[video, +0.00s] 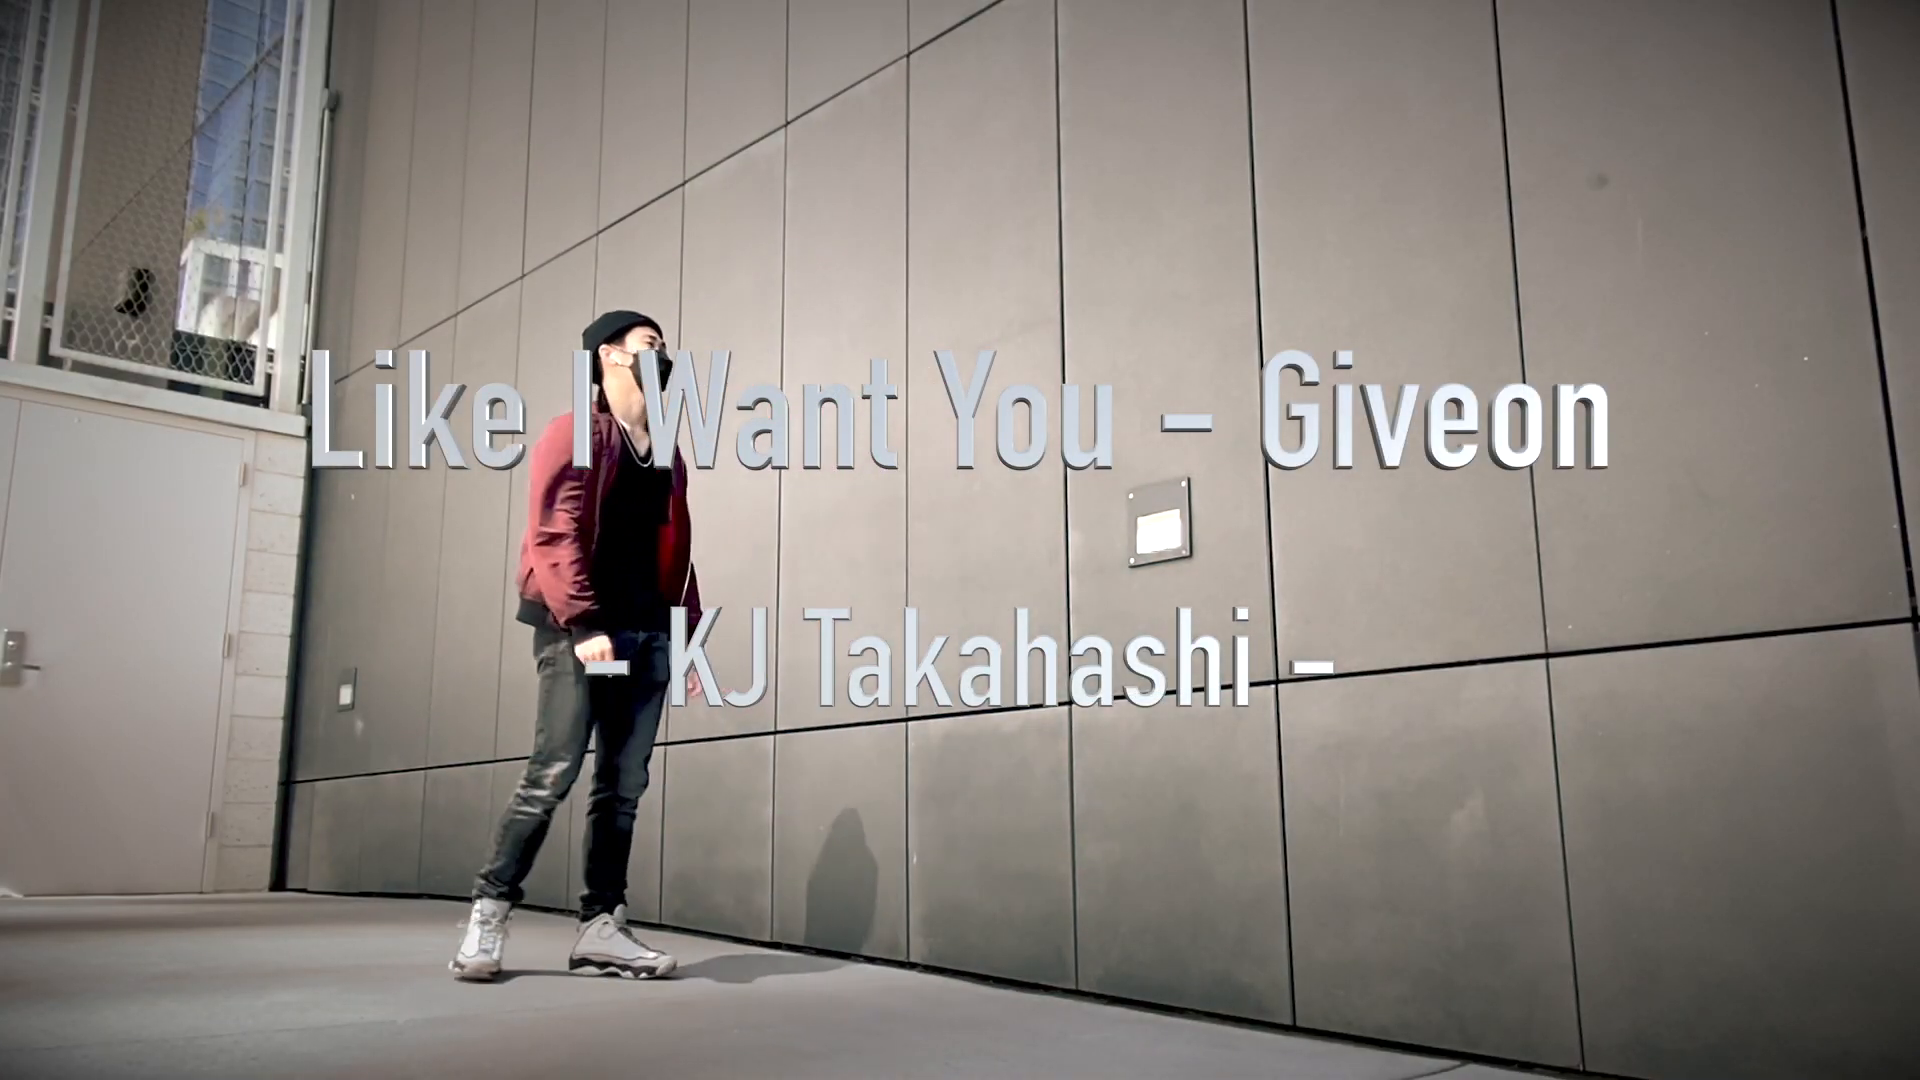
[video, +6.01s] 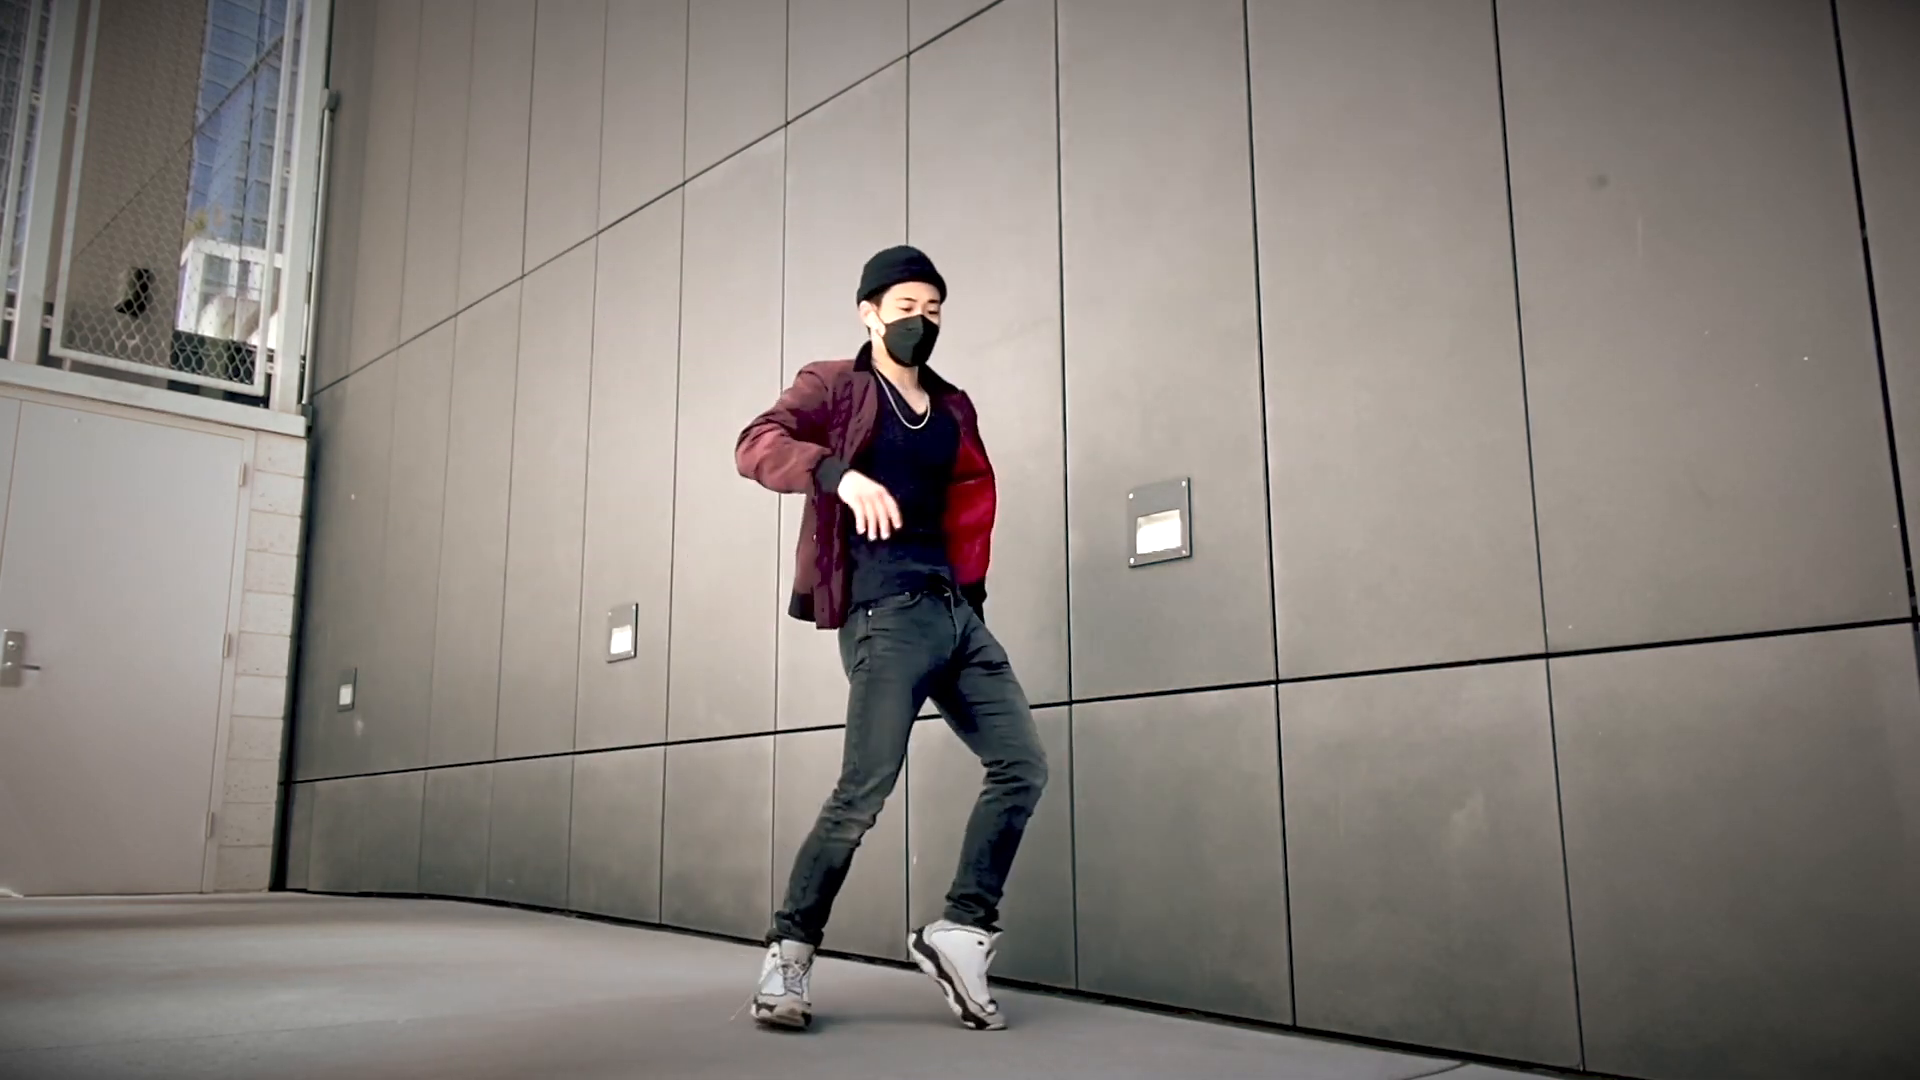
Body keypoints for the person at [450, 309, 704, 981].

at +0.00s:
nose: (655, 360)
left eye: (659, 352)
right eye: (643, 350)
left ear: (662, 363)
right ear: (608, 358)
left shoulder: (667, 448)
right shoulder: (574, 433)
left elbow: (674, 551)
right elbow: (551, 539)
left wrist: (686, 636)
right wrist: (582, 625)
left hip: (645, 628)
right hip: (574, 623)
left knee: (624, 785)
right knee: (555, 772)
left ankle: (599, 927)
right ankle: (488, 916)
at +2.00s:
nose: (688, 293)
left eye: (699, 287)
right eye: (672, 285)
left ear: (710, 313)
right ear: (640, 309)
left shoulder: (734, 409)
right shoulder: (601, 385)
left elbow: (746, 512)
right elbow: (551, 472)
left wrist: (766, 600)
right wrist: (515, 552)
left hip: (706, 613)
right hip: (620, 603)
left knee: (682, 776)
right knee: (577, 761)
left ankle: (635, 928)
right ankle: (500, 895)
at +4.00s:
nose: (511, 281)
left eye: (527, 267)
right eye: (500, 270)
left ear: (567, 280)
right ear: (491, 286)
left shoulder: (598, 367)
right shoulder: (477, 371)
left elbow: (540, 447)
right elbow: (458, 465)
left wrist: (423, 504)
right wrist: (496, 527)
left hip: (564, 589)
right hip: (496, 586)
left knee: (522, 769)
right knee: (461, 764)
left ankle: (528, 951)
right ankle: (482, 912)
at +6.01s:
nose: (924, 312)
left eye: (933, 304)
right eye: (907, 301)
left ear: (941, 319)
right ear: (869, 313)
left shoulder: (951, 405)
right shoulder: (836, 385)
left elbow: (966, 502)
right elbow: (756, 446)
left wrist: (969, 599)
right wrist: (839, 474)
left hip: (956, 614)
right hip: (885, 617)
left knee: (1022, 770)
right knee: (862, 793)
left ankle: (963, 932)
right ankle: (790, 954)